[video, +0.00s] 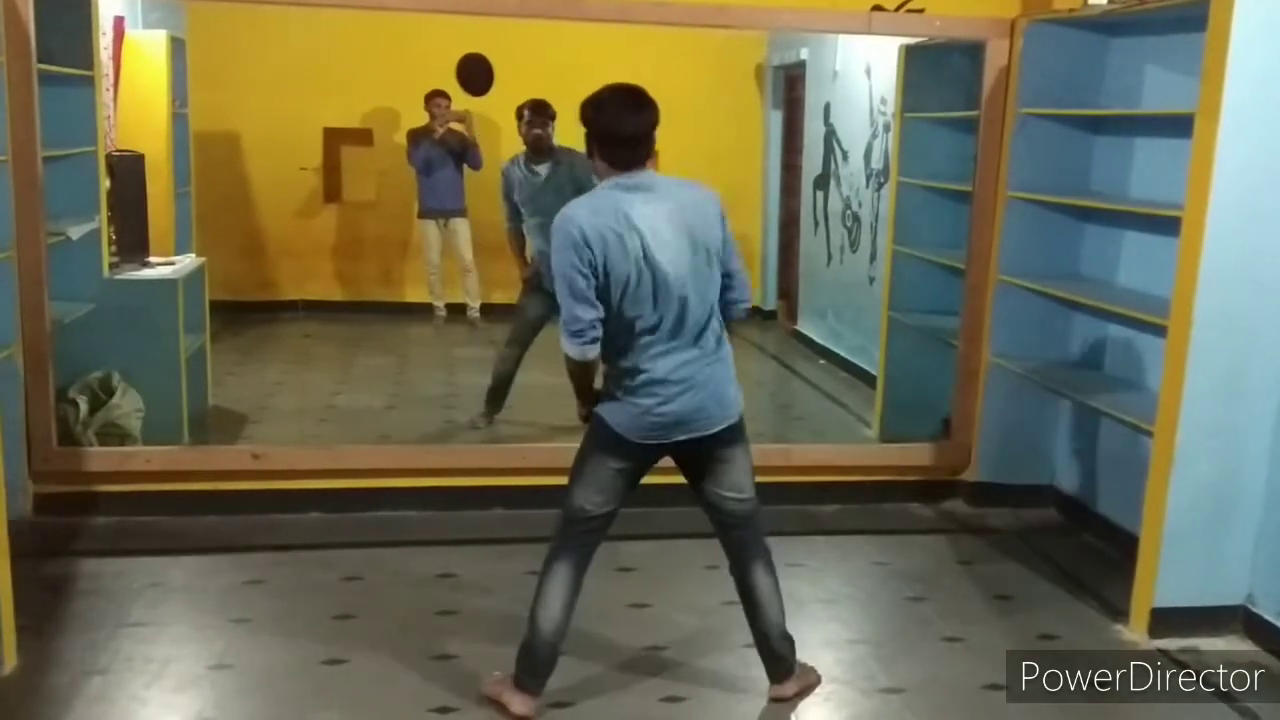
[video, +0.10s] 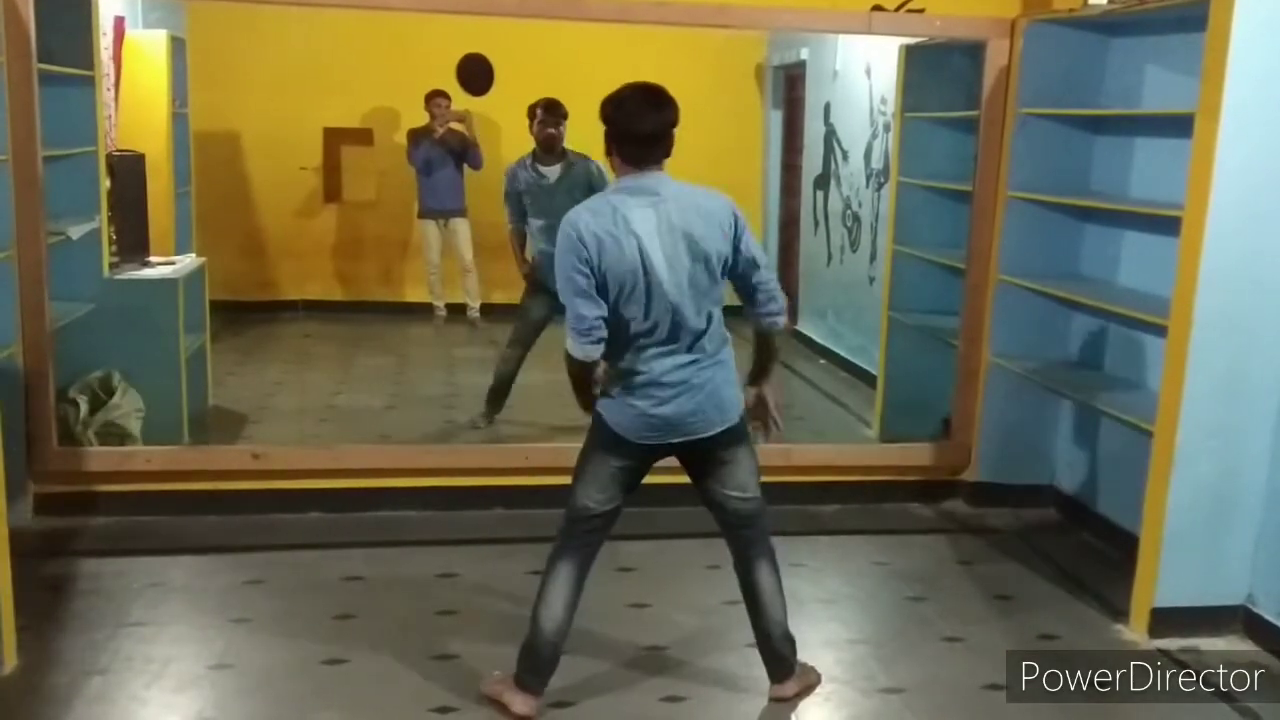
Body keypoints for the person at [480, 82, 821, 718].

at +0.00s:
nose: (585, 147)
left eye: (585, 139)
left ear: (592, 146)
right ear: (653, 140)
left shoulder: (577, 221)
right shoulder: (701, 201)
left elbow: (581, 341)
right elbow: (735, 304)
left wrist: (585, 398)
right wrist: (687, 339)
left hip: (632, 409)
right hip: (714, 403)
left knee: (573, 546)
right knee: (747, 542)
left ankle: (525, 688)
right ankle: (784, 673)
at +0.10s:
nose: (611, 143)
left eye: (608, 134)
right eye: (668, 133)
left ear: (609, 143)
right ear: (672, 141)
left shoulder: (583, 224)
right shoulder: (717, 211)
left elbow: (586, 339)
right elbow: (770, 309)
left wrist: (585, 397)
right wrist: (762, 379)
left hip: (629, 412)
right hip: (713, 407)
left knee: (576, 545)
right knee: (751, 541)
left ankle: (526, 688)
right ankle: (784, 674)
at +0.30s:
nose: (622, 137)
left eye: (625, 129)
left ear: (628, 139)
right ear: (691, 138)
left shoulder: (595, 207)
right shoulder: (731, 212)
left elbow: (537, 299)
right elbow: (777, 317)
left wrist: (502, 373)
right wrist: (785, 374)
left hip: (621, 410)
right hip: (706, 411)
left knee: (572, 542)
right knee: (756, 536)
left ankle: (523, 688)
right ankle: (785, 673)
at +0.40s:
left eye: (641, 122)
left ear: (639, 130)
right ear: (704, 133)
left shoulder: (602, 201)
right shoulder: (735, 212)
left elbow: (518, 238)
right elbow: (774, 317)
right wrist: (775, 374)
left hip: (618, 409)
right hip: (701, 411)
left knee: (571, 545)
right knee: (753, 539)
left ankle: (523, 688)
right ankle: (784, 674)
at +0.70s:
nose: (732, 147)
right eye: (735, 139)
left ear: (672, 137)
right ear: (735, 147)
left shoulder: (613, 195)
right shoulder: (745, 227)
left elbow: (543, 242)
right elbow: (761, 343)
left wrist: (541, 201)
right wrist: (751, 395)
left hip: (615, 405)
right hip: (697, 410)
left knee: (569, 537)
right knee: (753, 528)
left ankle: (523, 685)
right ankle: (784, 669)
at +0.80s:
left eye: (677, 130)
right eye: (733, 141)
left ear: (675, 136)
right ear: (737, 150)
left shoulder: (617, 200)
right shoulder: (745, 227)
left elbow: (548, 264)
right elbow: (760, 344)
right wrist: (744, 398)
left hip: (614, 405)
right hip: (697, 410)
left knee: (567, 535)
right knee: (754, 527)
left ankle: (521, 684)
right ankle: (784, 668)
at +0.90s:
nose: (676, 136)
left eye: (676, 126)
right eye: (729, 134)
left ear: (672, 132)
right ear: (735, 142)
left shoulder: (621, 199)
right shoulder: (743, 224)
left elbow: (571, 260)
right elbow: (757, 341)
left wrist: (604, 307)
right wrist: (748, 392)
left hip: (613, 402)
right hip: (695, 408)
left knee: (569, 535)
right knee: (752, 528)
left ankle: (522, 684)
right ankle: (783, 667)